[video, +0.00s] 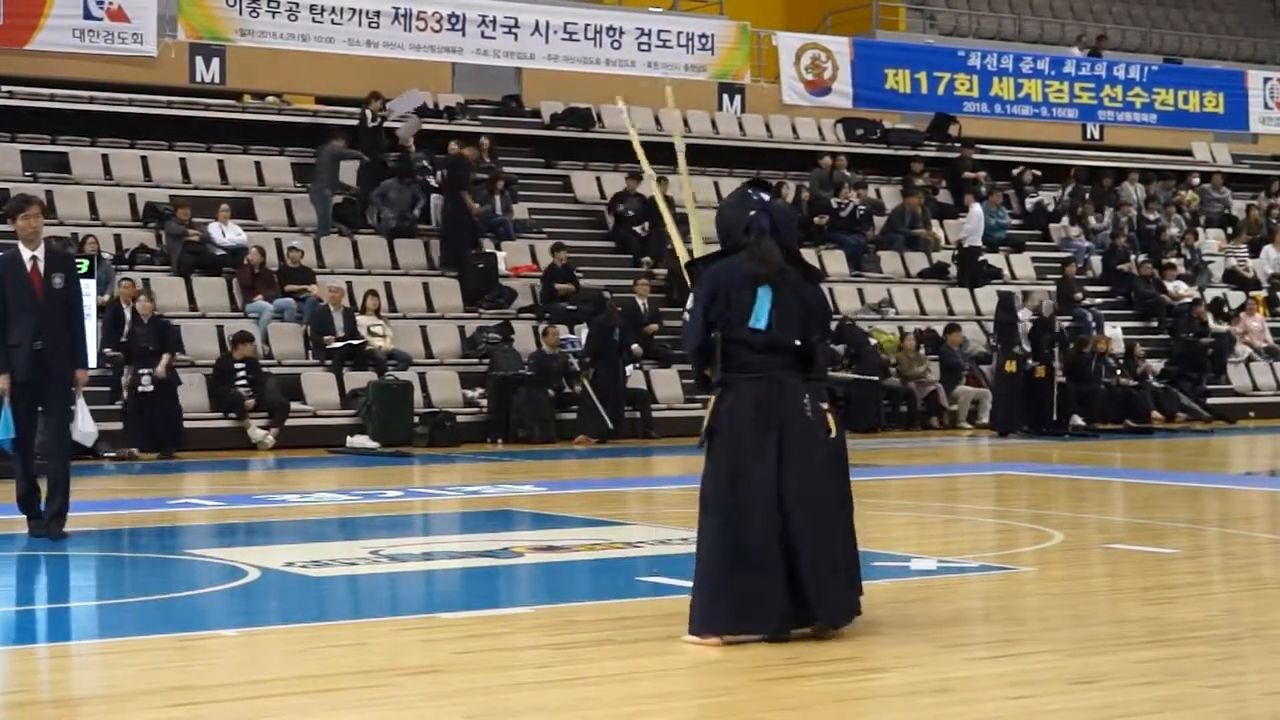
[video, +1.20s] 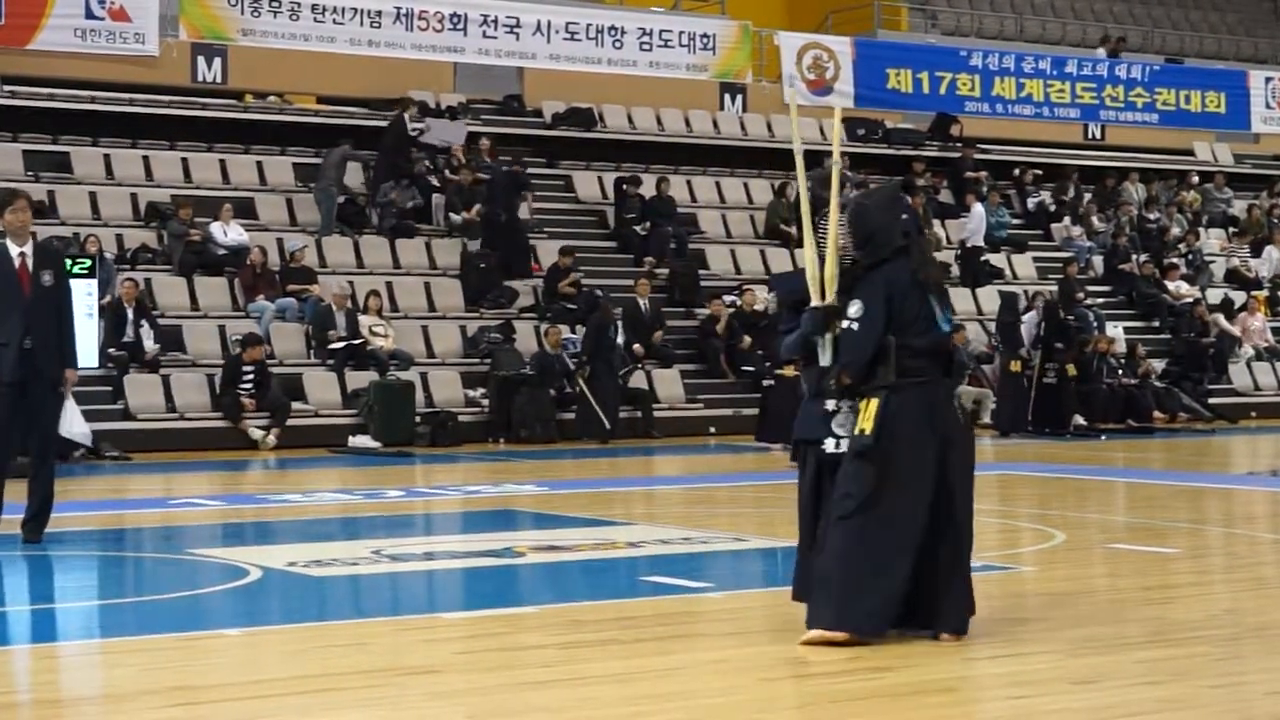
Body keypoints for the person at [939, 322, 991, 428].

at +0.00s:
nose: (961, 337)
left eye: (961, 335)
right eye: (958, 334)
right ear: (948, 336)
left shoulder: (958, 351)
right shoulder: (945, 351)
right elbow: (956, 363)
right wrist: (966, 364)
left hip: (963, 385)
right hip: (950, 386)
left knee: (986, 393)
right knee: (967, 392)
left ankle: (983, 419)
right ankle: (961, 421)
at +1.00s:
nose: (964, 336)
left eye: (963, 333)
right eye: (961, 333)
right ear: (952, 335)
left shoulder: (960, 350)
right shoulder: (948, 349)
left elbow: (972, 360)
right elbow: (959, 365)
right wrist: (968, 365)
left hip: (962, 385)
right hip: (949, 385)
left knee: (987, 393)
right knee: (968, 392)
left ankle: (984, 419)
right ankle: (962, 421)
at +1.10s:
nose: (964, 336)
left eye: (964, 333)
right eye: (961, 333)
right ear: (952, 334)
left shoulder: (961, 350)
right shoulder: (949, 349)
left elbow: (972, 362)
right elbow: (960, 365)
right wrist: (969, 365)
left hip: (962, 384)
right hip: (949, 384)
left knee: (987, 393)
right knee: (968, 391)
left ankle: (984, 419)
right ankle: (963, 420)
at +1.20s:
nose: (965, 337)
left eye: (965, 333)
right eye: (962, 333)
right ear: (954, 336)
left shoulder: (962, 350)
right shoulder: (953, 350)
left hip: (962, 385)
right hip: (952, 386)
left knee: (987, 394)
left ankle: (985, 420)